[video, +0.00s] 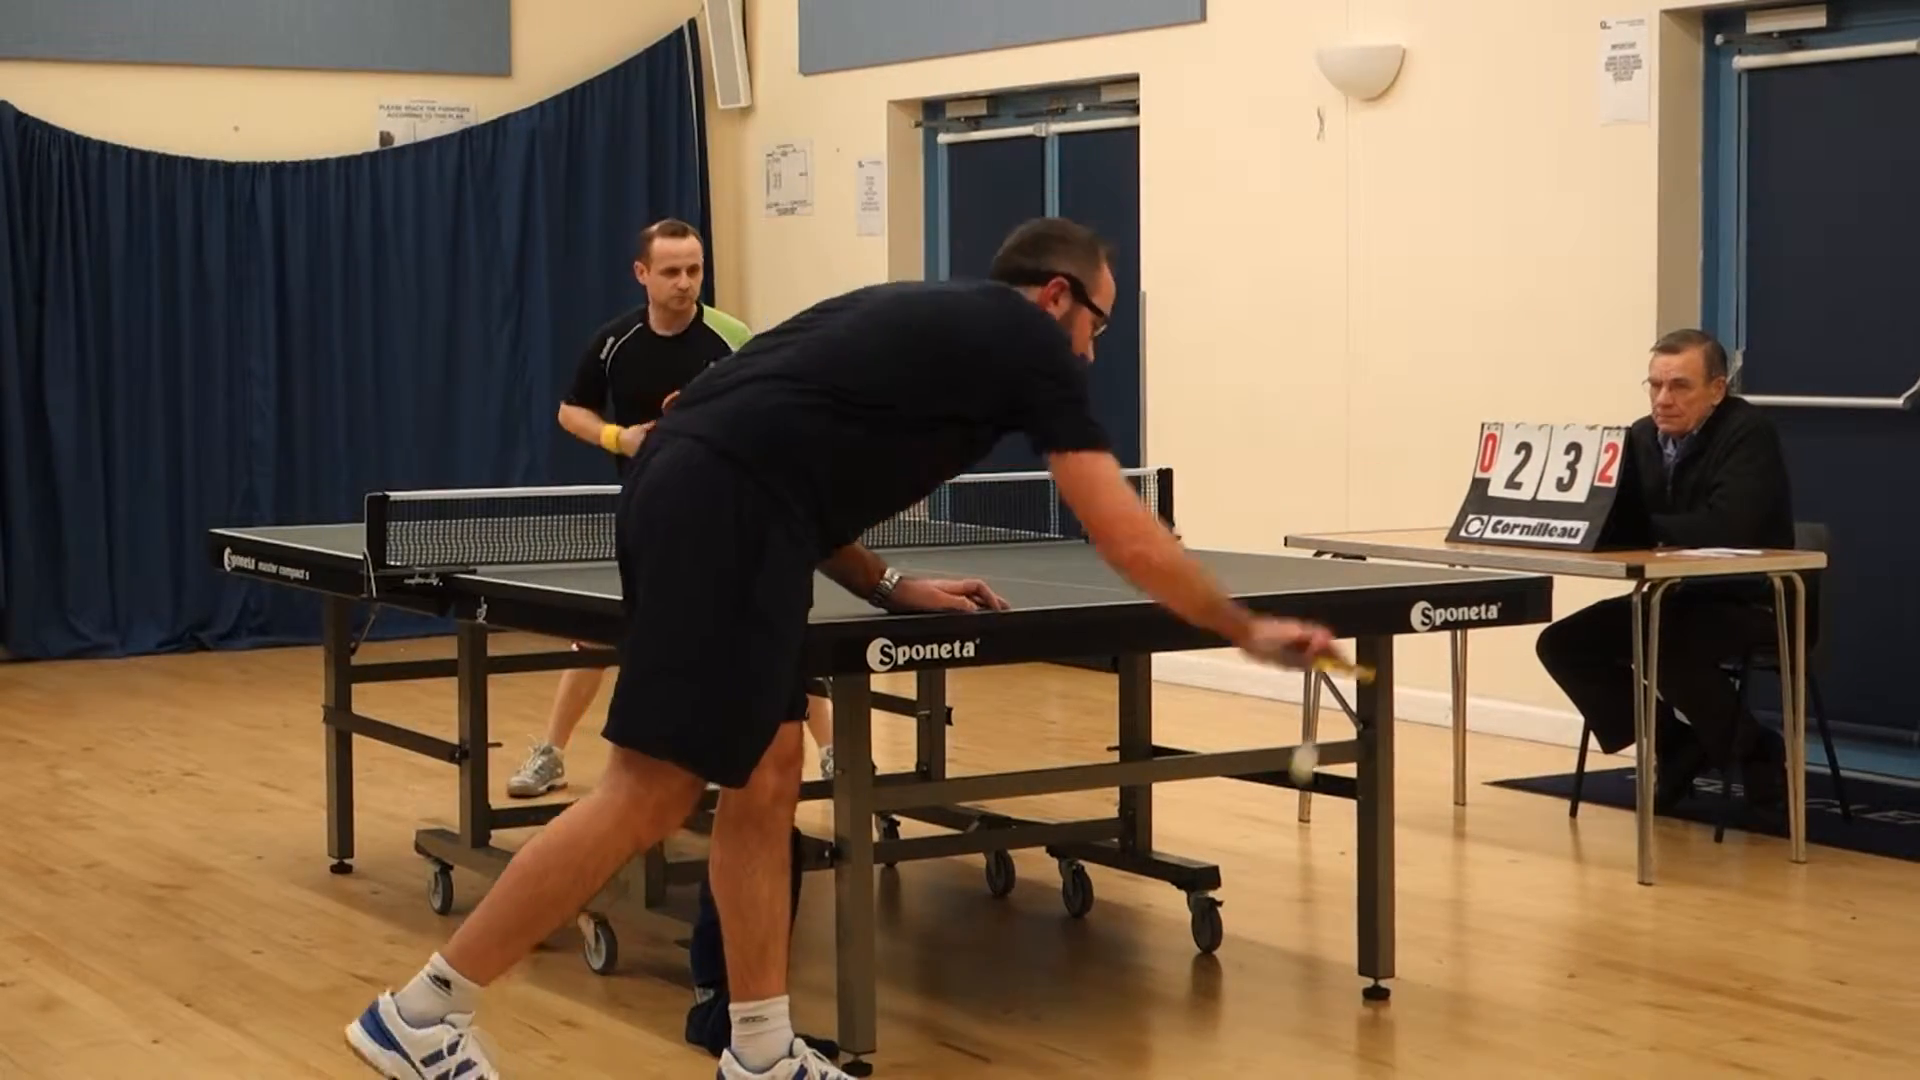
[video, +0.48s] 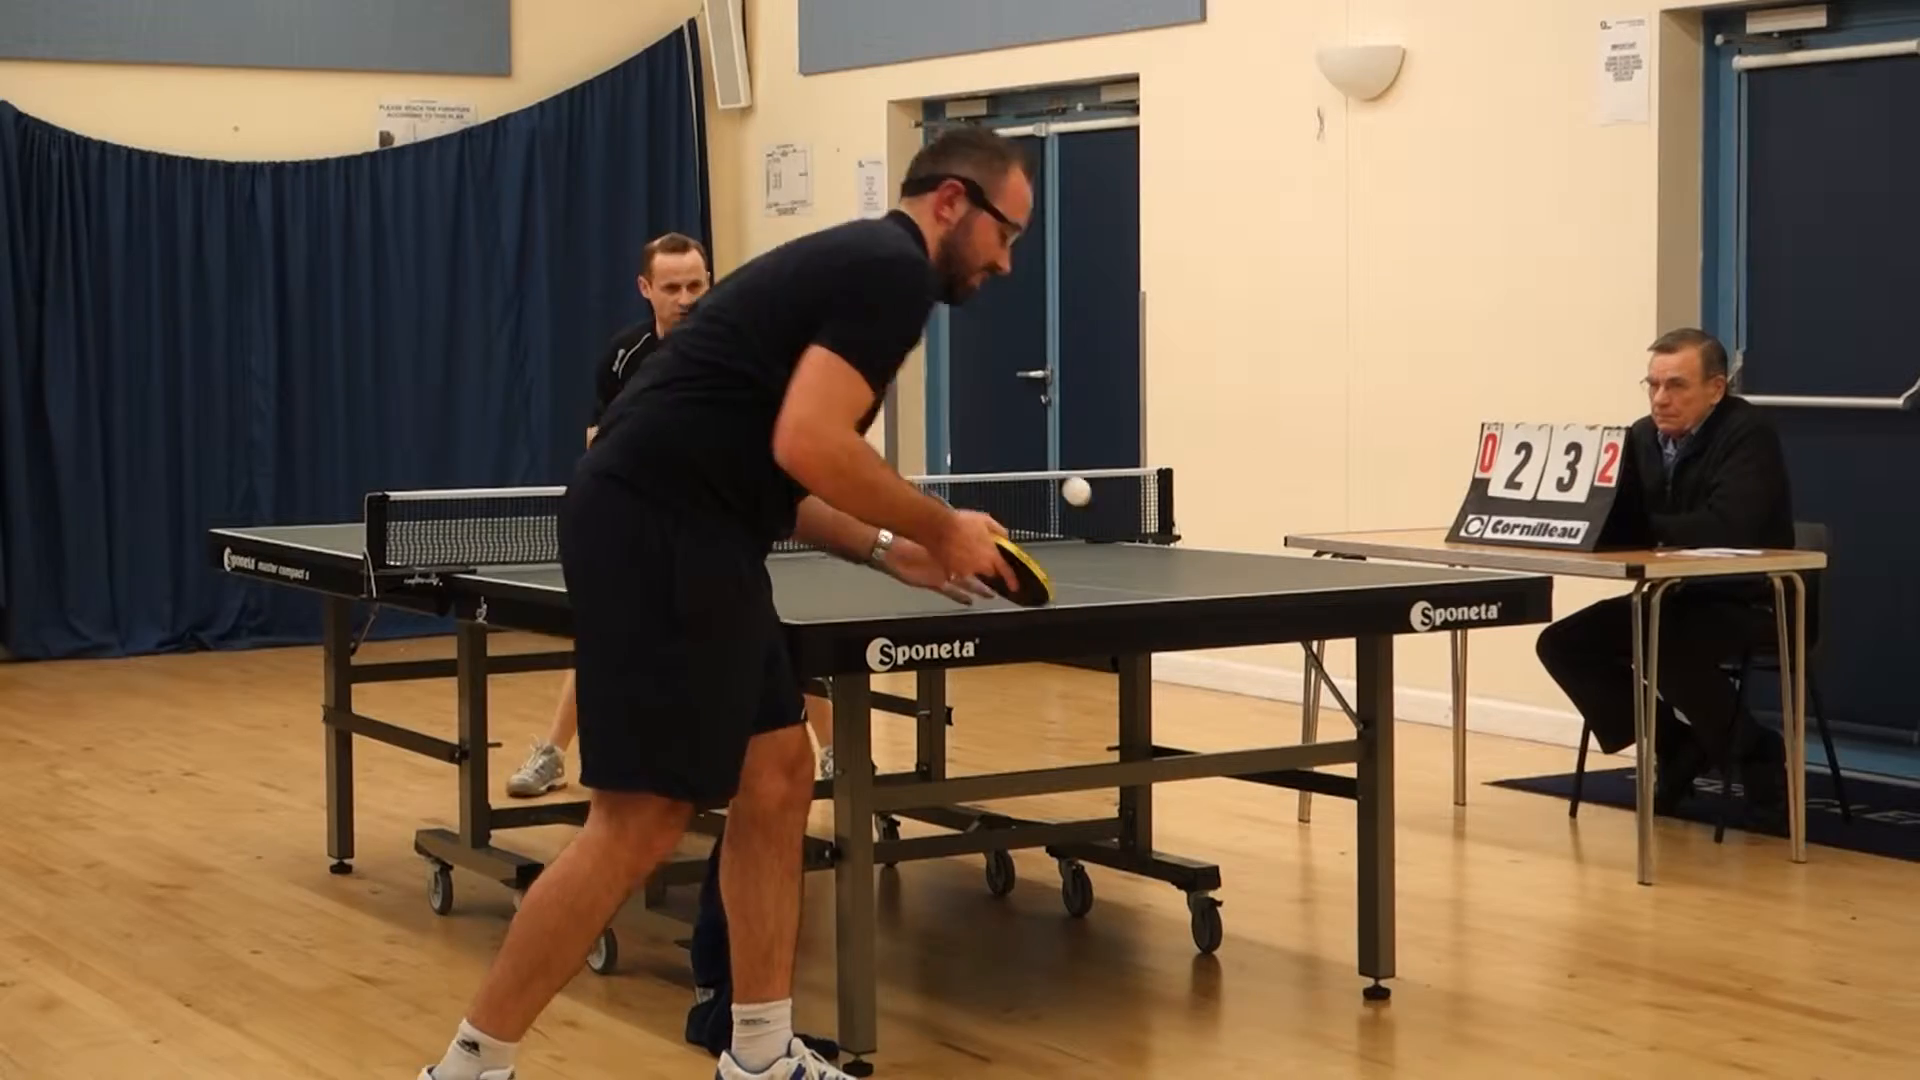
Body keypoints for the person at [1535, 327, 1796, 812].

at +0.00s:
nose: (1663, 399)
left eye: (1679, 386)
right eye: (1656, 384)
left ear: (1717, 390)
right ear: (1647, 385)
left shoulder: (1749, 433)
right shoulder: (1641, 438)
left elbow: (1732, 526)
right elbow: (1609, 517)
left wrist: (1638, 529)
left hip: (1755, 599)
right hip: (1672, 595)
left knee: (1668, 647)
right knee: (1561, 644)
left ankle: (1756, 749)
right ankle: (1675, 743)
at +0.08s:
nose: (1663, 399)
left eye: (1679, 386)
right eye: (1656, 385)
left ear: (1717, 390)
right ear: (1647, 385)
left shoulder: (1749, 433)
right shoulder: (1641, 438)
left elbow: (1731, 526)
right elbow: (1609, 517)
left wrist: (1637, 528)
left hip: (1755, 599)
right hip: (1672, 595)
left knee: (1668, 647)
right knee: (1561, 644)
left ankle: (1756, 749)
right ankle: (1675, 743)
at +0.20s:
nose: (1663, 399)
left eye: (1680, 385)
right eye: (1656, 384)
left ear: (1717, 389)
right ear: (1647, 385)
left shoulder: (1749, 433)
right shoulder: (1641, 438)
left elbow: (1731, 526)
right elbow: (1609, 517)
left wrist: (1637, 529)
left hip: (1755, 599)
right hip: (1672, 595)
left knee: (1669, 647)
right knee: (1561, 645)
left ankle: (1756, 749)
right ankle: (1675, 743)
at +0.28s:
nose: (1663, 398)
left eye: (1680, 385)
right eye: (1656, 384)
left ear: (1717, 390)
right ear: (1647, 385)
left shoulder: (1749, 434)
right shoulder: (1641, 438)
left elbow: (1731, 526)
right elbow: (1609, 517)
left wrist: (1638, 529)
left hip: (1755, 599)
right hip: (1672, 595)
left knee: (1669, 648)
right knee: (1562, 644)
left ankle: (1757, 749)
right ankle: (1674, 743)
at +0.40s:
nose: (1662, 398)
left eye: (1678, 385)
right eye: (1655, 384)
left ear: (1716, 389)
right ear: (1647, 386)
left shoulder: (1749, 433)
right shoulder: (1641, 437)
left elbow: (1732, 526)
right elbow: (1612, 517)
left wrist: (1639, 530)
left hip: (1754, 599)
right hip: (1673, 595)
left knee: (1666, 646)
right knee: (1561, 644)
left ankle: (1757, 750)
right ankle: (1674, 742)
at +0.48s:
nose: (1660, 398)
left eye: (1676, 385)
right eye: (1654, 384)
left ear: (1716, 389)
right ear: (1646, 385)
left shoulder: (1749, 435)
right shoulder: (1641, 438)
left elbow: (1734, 527)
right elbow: (1613, 518)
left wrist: (1641, 531)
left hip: (1753, 600)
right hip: (1672, 595)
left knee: (1666, 645)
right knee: (1562, 643)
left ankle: (1757, 751)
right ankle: (1673, 742)